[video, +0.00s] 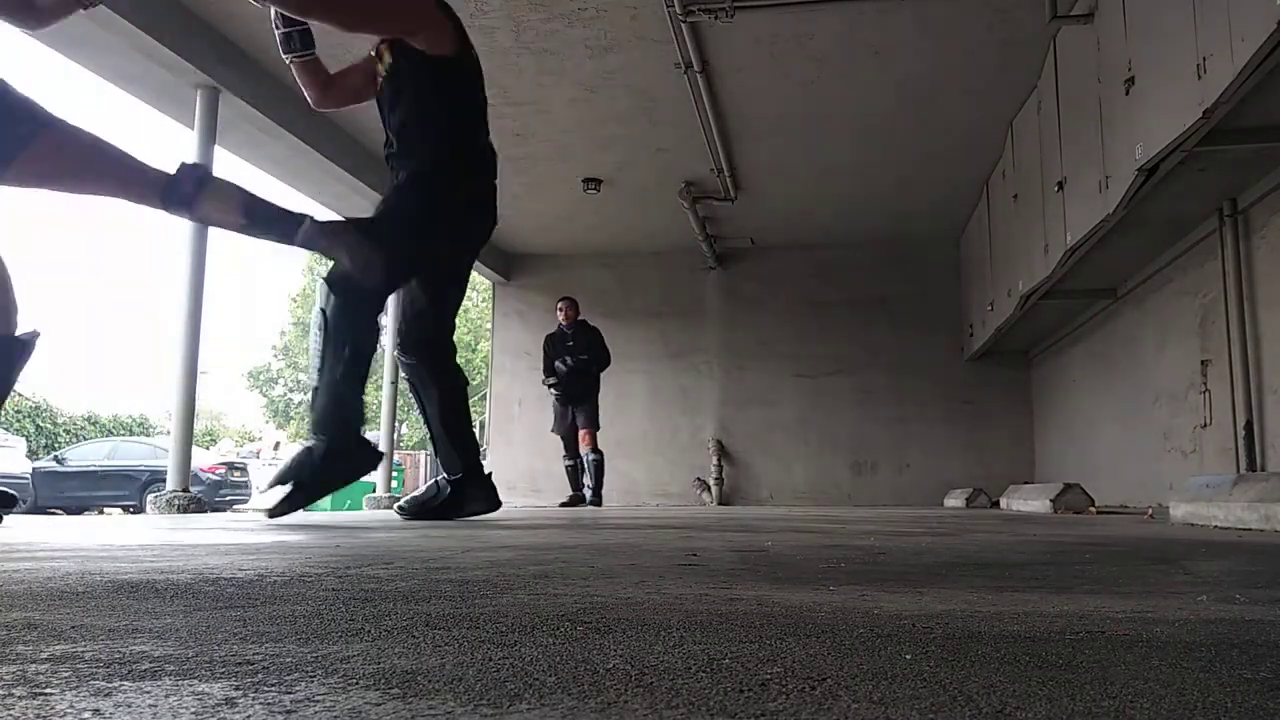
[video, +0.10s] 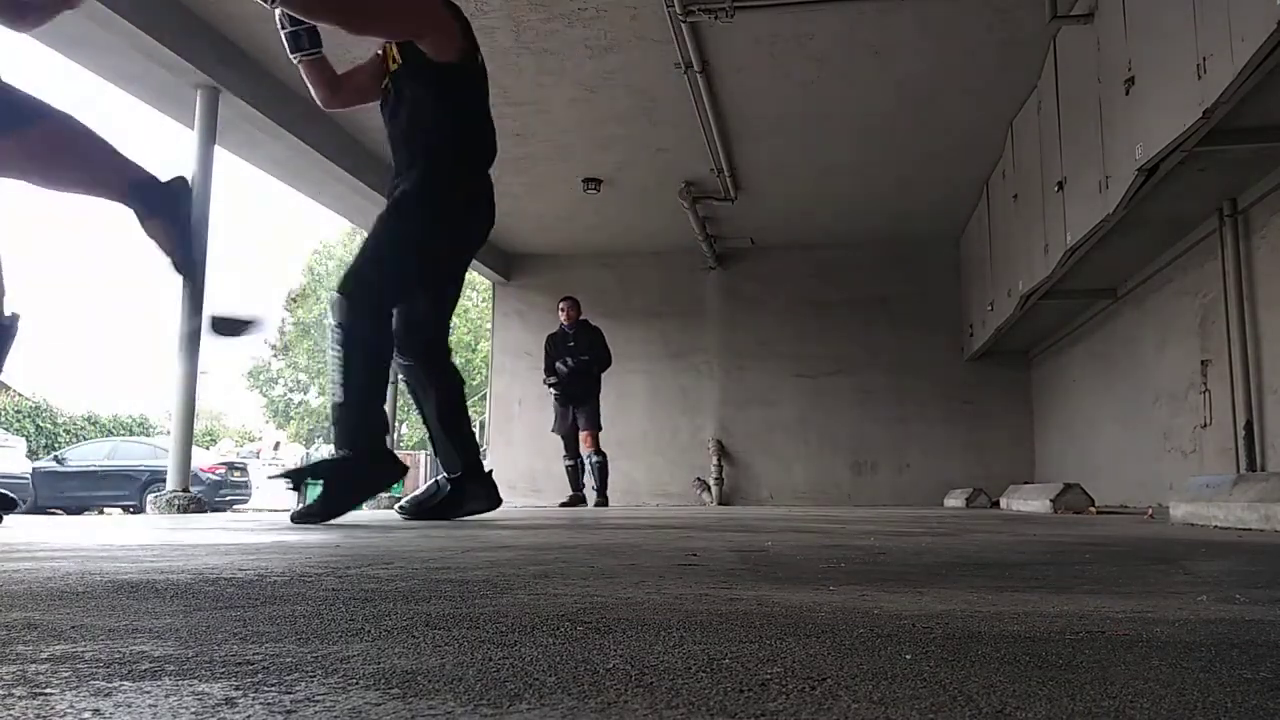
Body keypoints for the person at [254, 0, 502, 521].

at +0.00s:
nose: (373, 19)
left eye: (380, 13)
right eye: (374, 16)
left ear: (409, 3)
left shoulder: (432, 20)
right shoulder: (387, 58)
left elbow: (341, 14)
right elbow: (323, 93)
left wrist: (277, 6)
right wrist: (289, 25)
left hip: (440, 193)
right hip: (439, 202)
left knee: (348, 286)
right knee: (421, 344)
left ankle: (337, 440)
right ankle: (466, 478)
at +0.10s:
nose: (386, 20)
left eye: (393, 13)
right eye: (386, 15)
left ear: (416, 1)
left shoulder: (439, 19)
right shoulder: (394, 56)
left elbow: (348, 16)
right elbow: (330, 92)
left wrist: (282, 3)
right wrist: (293, 21)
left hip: (440, 196)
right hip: (435, 202)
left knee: (358, 299)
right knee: (418, 343)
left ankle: (363, 456)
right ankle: (466, 477)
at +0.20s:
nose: (398, 20)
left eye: (403, 14)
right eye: (398, 15)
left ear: (428, 1)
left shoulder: (455, 22)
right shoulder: (404, 57)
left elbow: (361, 17)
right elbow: (338, 92)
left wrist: (299, 2)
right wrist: (302, 23)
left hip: (440, 201)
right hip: (417, 206)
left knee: (371, 308)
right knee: (411, 341)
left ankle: (372, 469)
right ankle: (466, 475)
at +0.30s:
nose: (393, 11)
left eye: (398, 7)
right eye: (394, 10)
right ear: (412, 11)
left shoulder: (465, 18)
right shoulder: (418, 53)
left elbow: (397, 40)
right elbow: (355, 103)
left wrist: (330, 3)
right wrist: (326, 52)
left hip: (445, 197)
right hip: (415, 203)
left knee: (380, 315)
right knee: (424, 341)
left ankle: (375, 471)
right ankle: (467, 479)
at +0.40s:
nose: (403, 15)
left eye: (404, 7)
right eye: (399, 12)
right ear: (411, 16)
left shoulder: (478, 23)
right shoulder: (427, 60)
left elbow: (443, 78)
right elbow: (387, 137)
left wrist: (369, 26)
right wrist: (346, 79)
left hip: (451, 200)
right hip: (420, 208)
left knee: (393, 314)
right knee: (438, 347)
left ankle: (378, 472)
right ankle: (470, 484)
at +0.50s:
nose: (409, 17)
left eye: (411, 9)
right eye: (406, 13)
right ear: (424, 14)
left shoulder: (484, 28)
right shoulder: (441, 61)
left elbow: (476, 104)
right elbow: (407, 155)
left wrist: (411, 65)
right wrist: (363, 103)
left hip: (458, 203)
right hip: (432, 208)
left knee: (377, 295)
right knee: (440, 347)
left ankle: (368, 460)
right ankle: (471, 483)